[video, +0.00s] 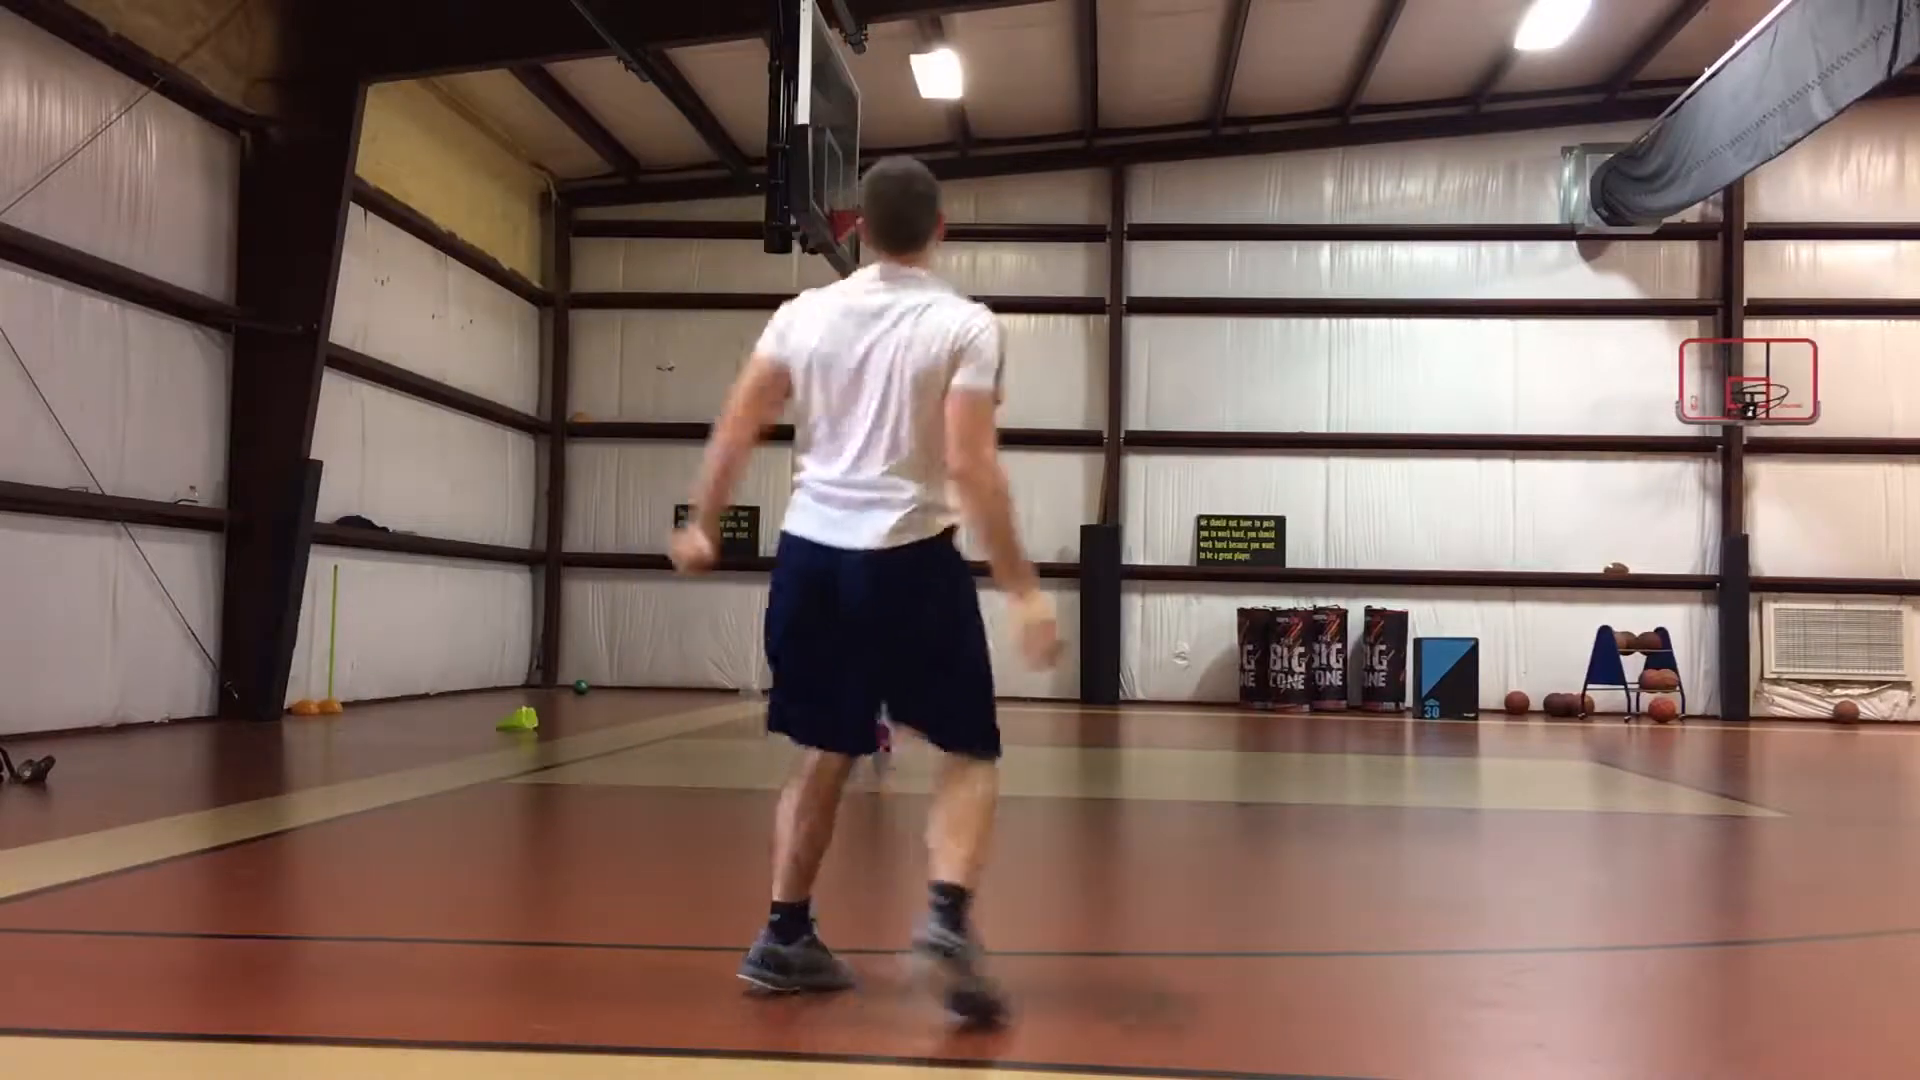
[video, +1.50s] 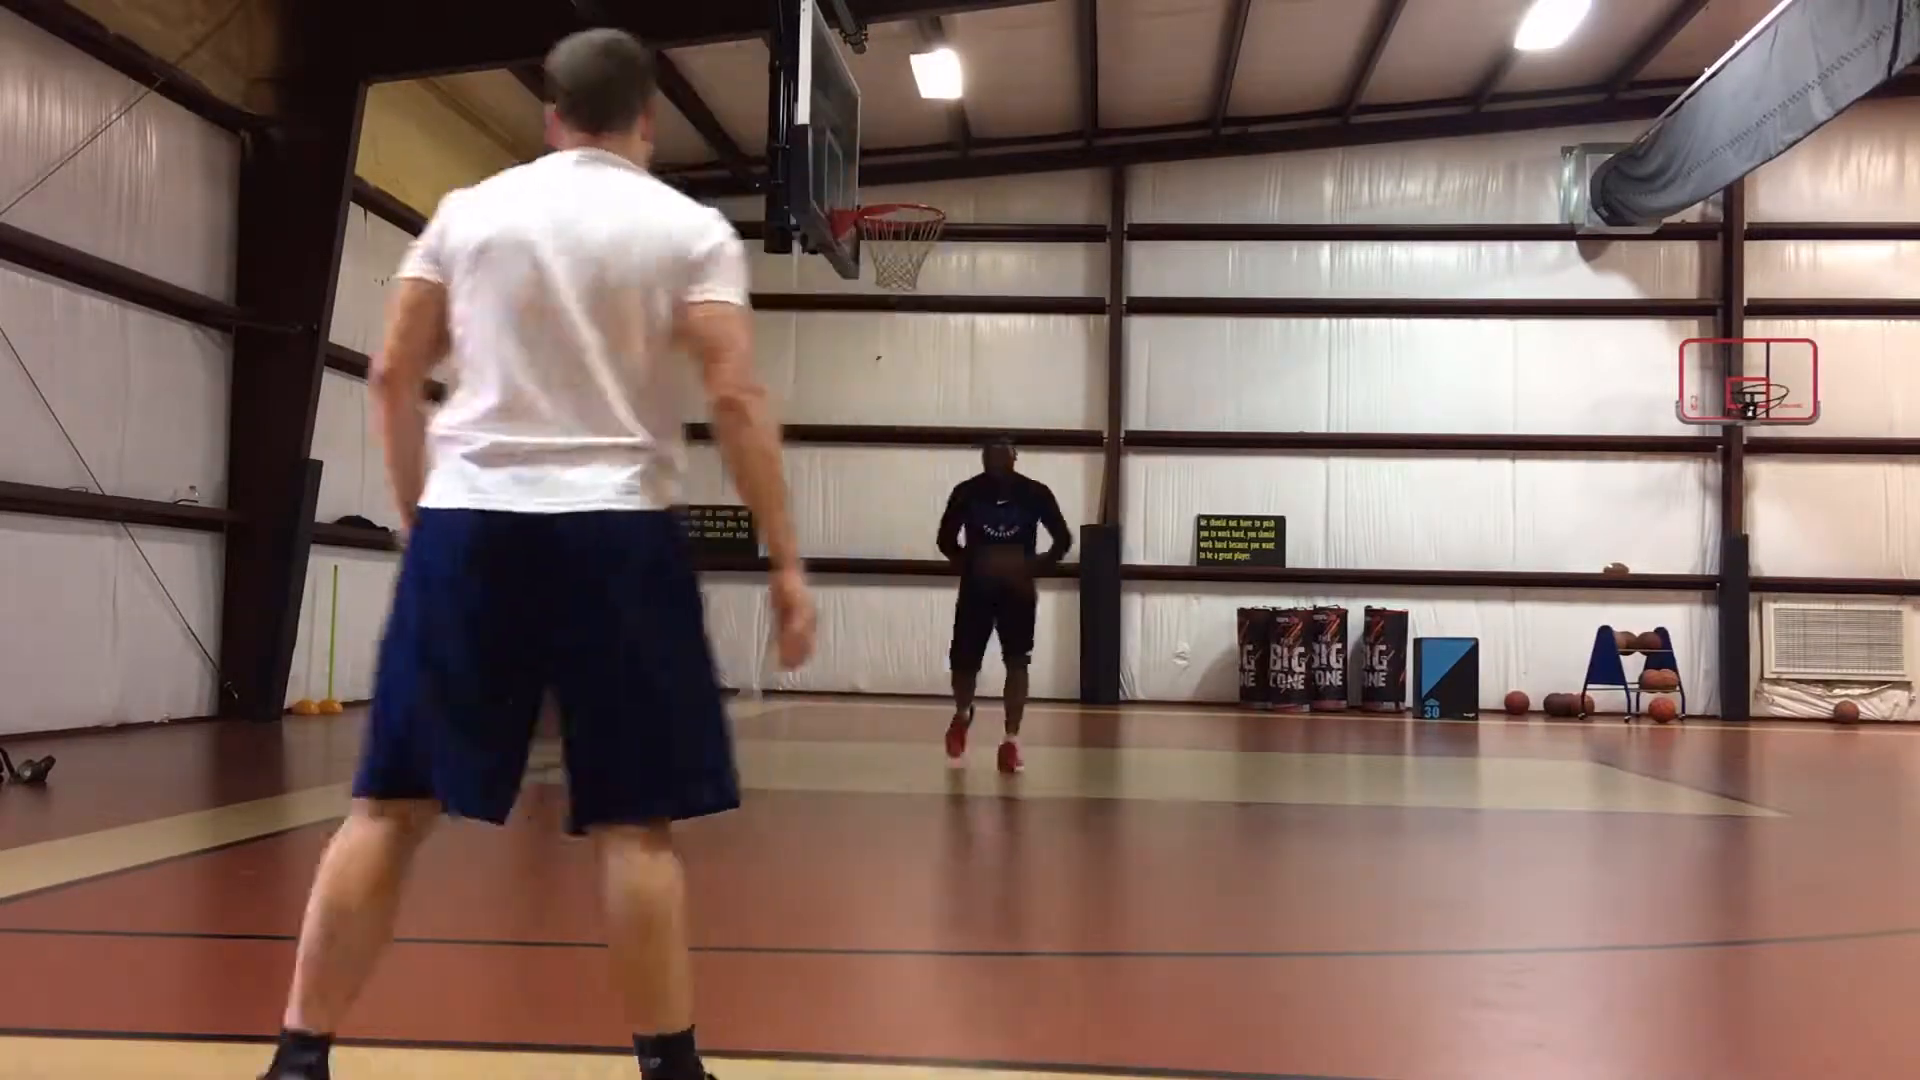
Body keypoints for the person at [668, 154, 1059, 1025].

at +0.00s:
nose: (942, 232)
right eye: (945, 222)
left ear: (862, 230)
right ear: (941, 229)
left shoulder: (803, 315)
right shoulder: (966, 327)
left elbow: (736, 428)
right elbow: (969, 464)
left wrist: (703, 521)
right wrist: (1025, 591)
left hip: (811, 568)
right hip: (913, 575)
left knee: (823, 748)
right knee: (970, 752)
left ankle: (784, 936)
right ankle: (945, 921)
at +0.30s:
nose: (1009, 213)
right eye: (1012, 203)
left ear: (927, 212)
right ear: (1009, 213)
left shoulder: (867, 291)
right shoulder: (1041, 312)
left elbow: (782, 397)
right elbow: (1076, 463)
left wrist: (710, 487)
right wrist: (1119, 586)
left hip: (863, 553)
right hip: (976, 559)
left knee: (839, 755)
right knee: (989, 778)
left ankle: (804, 954)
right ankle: (996, 982)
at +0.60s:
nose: (885, 202)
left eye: (882, 189)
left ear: (885, 196)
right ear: (971, 196)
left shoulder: (833, 288)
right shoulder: (1019, 300)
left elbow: (838, 402)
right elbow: (1038, 464)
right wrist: (964, 439)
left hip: (842, 563)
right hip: (964, 570)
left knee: (802, 770)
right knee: (986, 789)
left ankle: (779, 978)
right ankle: (998, 987)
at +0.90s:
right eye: (882, 163)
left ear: (789, 173)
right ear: (878, 169)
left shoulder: (729, 274)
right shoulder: (925, 262)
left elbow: (718, 443)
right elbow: (952, 416)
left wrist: (755, 535)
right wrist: (1015, 526)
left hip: (757, 557)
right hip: (889, 558)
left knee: (769, 790)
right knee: (920, 780)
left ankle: (774, 1027)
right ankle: (948, 998)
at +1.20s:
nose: (847, 156)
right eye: (849, 144)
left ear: (745, 144)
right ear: (839, 145)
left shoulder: (676, 239)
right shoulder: (878, 242)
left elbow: (591, 373)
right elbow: (938, 409)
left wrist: (537, 516)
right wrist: (965, 503)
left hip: (685, 533)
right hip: (809, 533)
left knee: (726, 782)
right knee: (784, 788)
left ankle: (764, 1026)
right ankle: (715, 1031)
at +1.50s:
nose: (653, 133)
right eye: (656, 118)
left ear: (551, 115)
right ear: (648, 121)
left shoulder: (464, 213)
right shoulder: (690, 230)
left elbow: (394, 376)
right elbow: (734, 398)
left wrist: (421, 522)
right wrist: (784, 563)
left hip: (465, 539)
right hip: (619, 547)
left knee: (388, 808)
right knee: (638, 826)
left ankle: (296, 1060)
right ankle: (672, 1066)